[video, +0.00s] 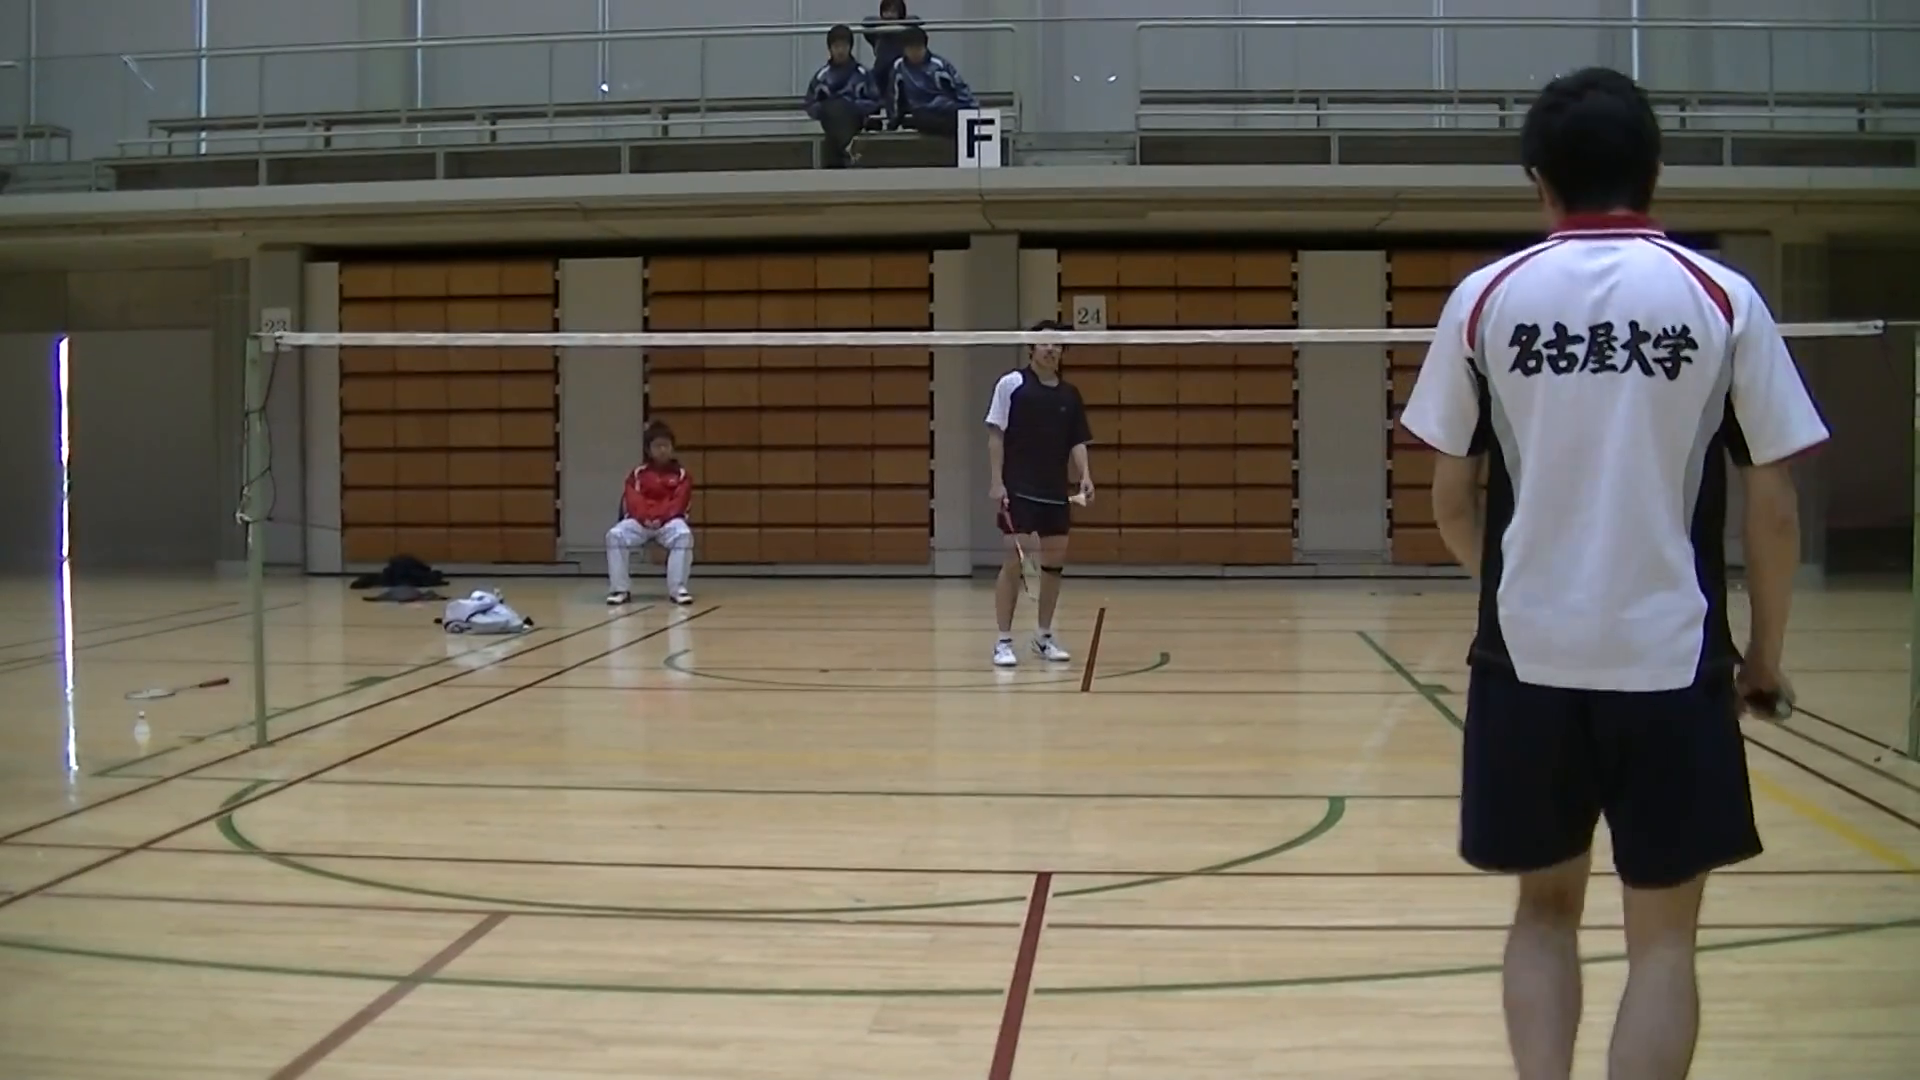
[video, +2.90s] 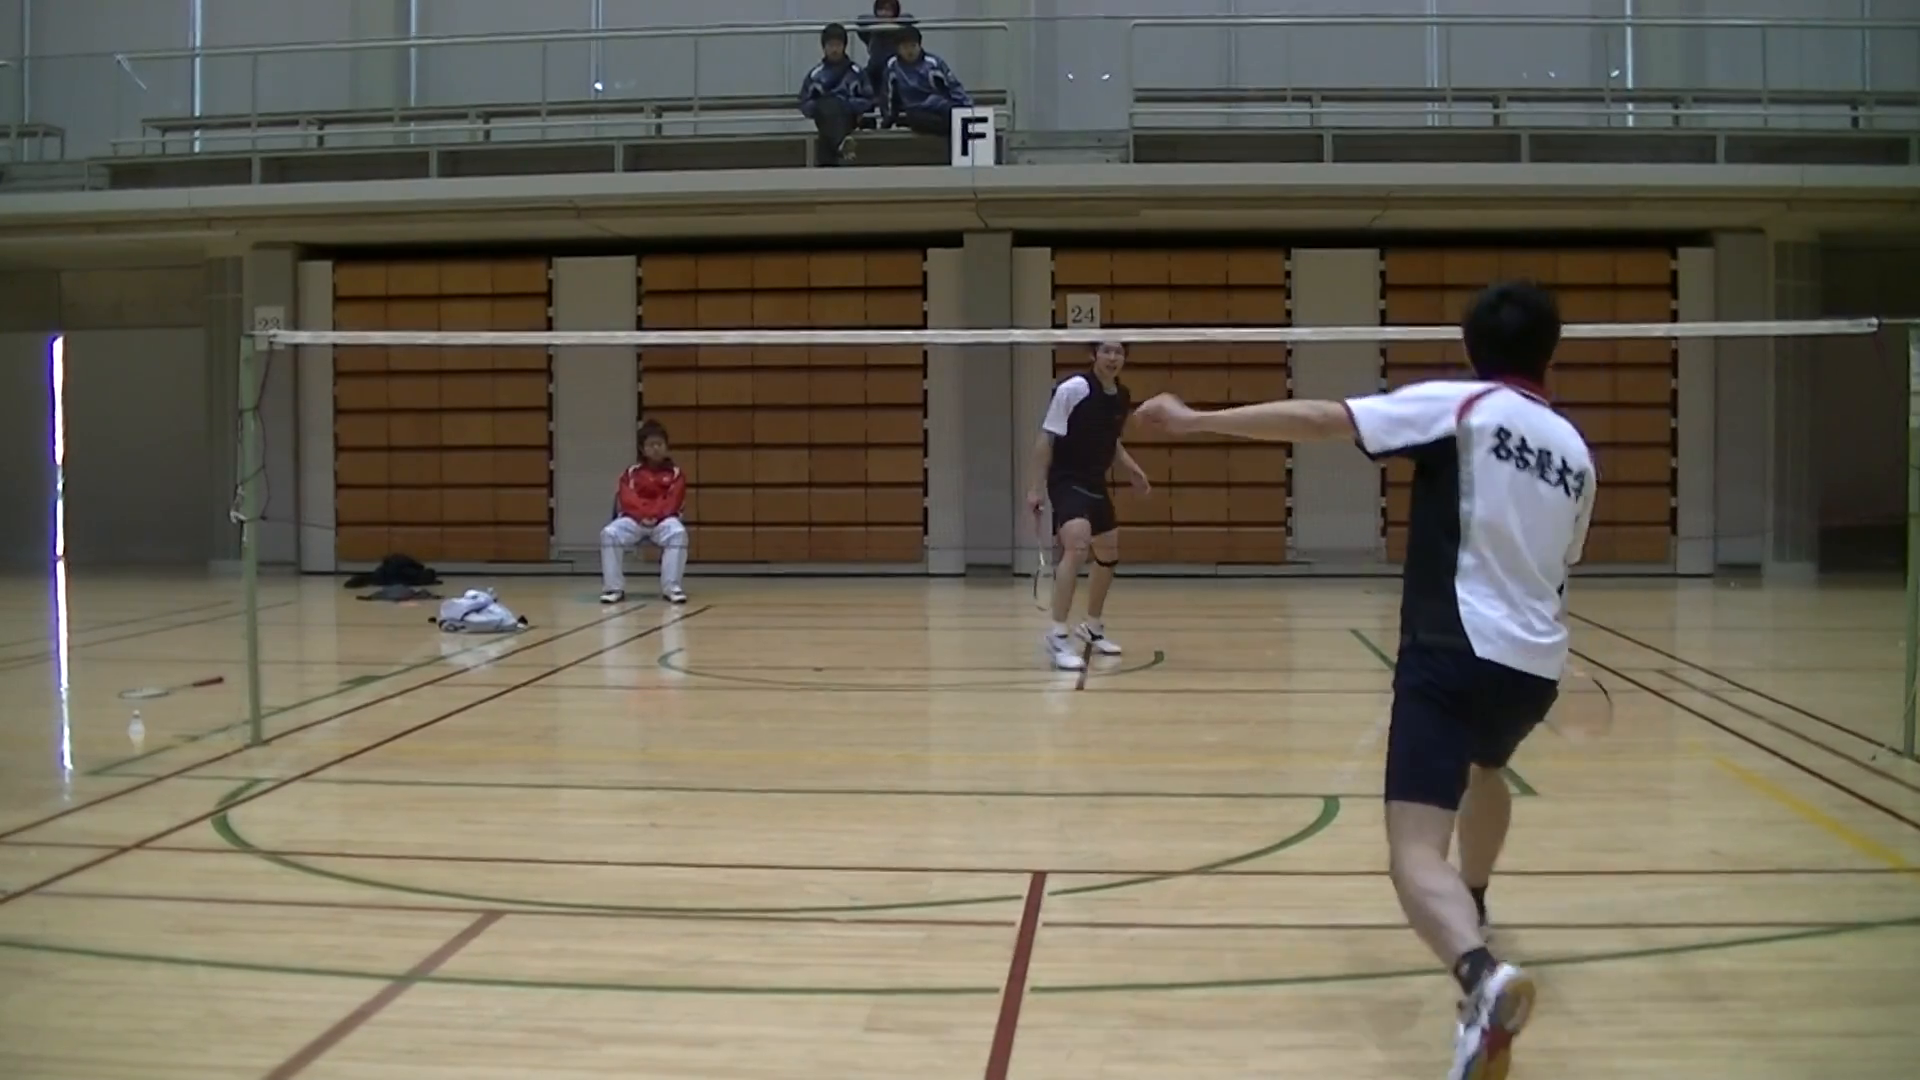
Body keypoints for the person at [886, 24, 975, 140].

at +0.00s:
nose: (915, 54)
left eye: (918, 49)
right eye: (911, 50)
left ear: (925, 48)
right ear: (904, 50)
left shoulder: (940, 65)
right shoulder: (899, 68)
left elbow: (959, 87)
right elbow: (895, 97)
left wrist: (971, 108)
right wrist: (893, 122)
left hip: (950, 111)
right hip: (921, 114)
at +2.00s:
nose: (911, 52)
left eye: (914, 47)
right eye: (906, 47)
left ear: (921, 47)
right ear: (899, 49)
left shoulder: (935, 64)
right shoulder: (894, 67)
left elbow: (954, 87)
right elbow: (890, 96)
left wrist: (968, 107)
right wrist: (889, 121)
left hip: (942, 107)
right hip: (916, 112)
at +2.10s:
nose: (911, 52)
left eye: (914, 47)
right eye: (906, 48)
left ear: (921, 47)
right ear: (899, 50)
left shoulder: (935, 64)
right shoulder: (893, 68)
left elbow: (955, 87)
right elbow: (889, 96)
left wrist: (968, 107)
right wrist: (889, 120)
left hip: (943, 107)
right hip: (915, 112)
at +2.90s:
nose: (909, 51)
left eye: (913, 46)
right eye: (904, 47)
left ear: (920, 46)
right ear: (898, 49)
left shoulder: (934, 63)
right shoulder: (893, 67)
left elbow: (953, 86)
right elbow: (889, 95)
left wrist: (967, 106)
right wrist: (889, 118)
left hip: (943, 108)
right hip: (914, 112)